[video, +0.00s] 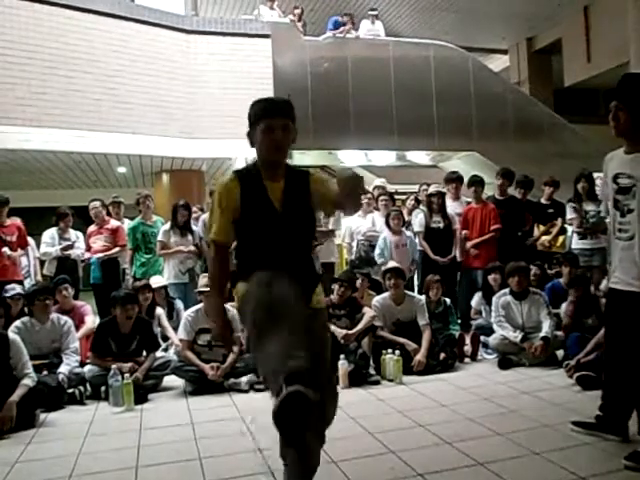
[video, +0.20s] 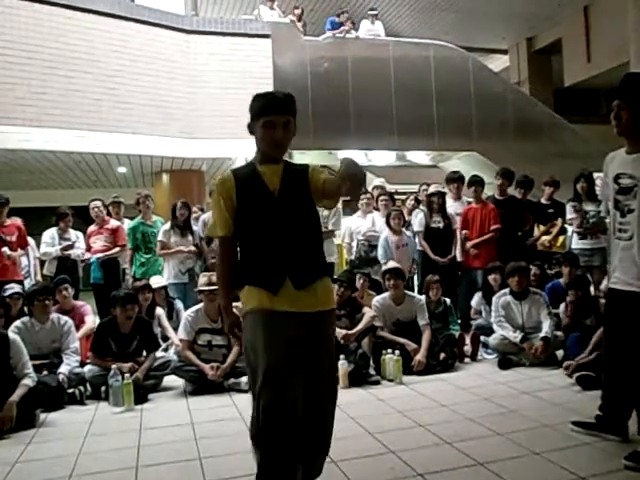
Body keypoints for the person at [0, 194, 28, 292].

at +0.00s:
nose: (2, 211)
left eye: (3, 208)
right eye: (1, 208)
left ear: (7, 208)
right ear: (0, 209)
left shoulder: (16, 225)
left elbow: (24, 247)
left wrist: (16, 254)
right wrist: (7, 253)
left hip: (14, 276)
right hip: (2, 276)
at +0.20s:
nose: (2, 211)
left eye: (4, 208)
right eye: (1, 208)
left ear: (7, 208)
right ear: (1, 209)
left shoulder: (17, 226)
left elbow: (24, 247)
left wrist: (16, 254)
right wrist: (6, 253)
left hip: (14, 276)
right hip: (2, 275)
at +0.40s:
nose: (2, 211)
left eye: (4, 207)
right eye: (1, 208)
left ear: (8, 208)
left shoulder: (17, 225)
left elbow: (24, 247)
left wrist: (16, 254)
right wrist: (7, 253)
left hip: (13, 275)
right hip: (2, 275)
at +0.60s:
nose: (2, 211)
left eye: (4, 207)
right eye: (1, 208)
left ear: (7, 208)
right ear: (1, 209)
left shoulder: (17, 225)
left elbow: (24, 247)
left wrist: (16, 254)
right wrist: (8, 253)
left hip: (13, 275)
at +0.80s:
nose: (2, 210)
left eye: (4, 207)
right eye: (2, 207)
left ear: (7, 208)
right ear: (2, 208)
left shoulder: (17, 225)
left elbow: (24, 247)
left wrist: (15, 254)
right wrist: (7, 253)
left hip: (14, 276)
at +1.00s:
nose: (2, 211)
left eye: (4, 208)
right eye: (1, 208)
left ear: (8, 208)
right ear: (1, 209)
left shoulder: (17, 225)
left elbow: (24, 247)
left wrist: (16, 254)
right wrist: (8, 253)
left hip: (15, 276)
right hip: (3, 276)